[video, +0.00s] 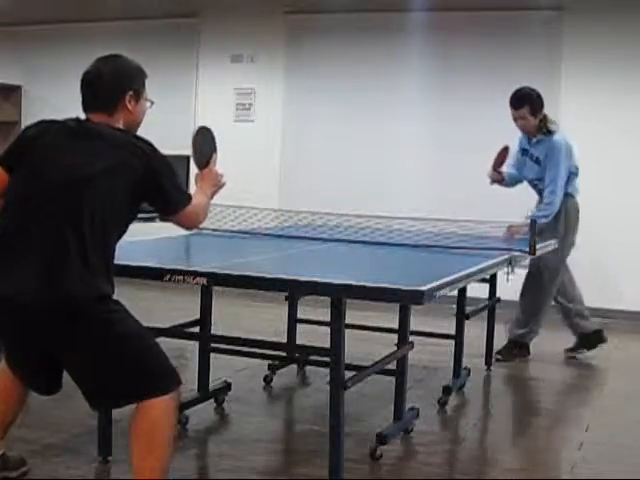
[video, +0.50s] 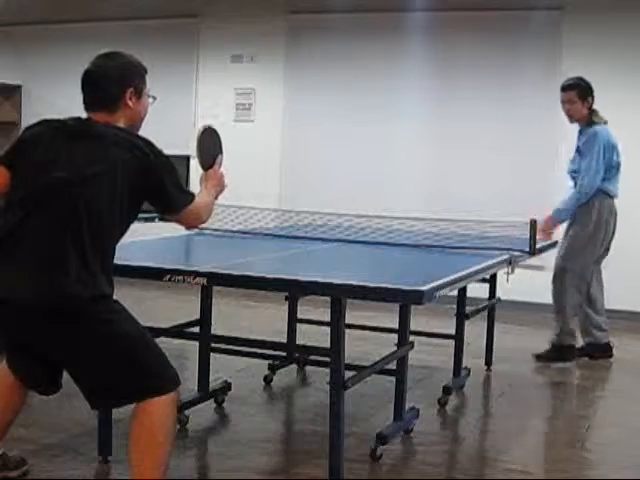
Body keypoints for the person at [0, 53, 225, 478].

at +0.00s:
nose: (144, 111)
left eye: (146, 102)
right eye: (144, 101)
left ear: (88, 98)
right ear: (129, 102)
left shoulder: (38, 134)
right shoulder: (139, 155)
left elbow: (2, 185)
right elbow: (190, 217)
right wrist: (205, 188)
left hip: (12, 288)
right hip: (78, 295)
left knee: (16, 365)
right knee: (160, 389)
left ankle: (0, 453)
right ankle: (148, 473)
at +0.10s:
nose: (143, 109)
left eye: (144, 100)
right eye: (142, 99)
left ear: (87, 97)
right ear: (128, 100)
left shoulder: (38, 134)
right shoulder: (138, 155)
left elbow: (1, 185)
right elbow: (189, 218)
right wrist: (205, 189)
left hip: (11, 288)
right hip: (77, 296)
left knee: (16, 366)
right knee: (159, 390)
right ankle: (147, 473)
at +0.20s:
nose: (142, 108)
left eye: (143, 99)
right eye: (141, 98)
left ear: (86, 96)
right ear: (127, 99)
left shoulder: (37, 133)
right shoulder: (137, 154)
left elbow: (1, 184)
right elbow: (189, 218)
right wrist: (206, 190)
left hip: (11, 288)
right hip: (77, 297)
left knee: (16, 364)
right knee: (159, 390)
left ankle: (0, 453)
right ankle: (147, 473)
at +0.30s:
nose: (143, 106)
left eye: (144, 97)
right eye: (142, 97)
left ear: (86, 96)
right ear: (128, 97)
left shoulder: (36, 134)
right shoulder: (136, 153)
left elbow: (1, 183)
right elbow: (190, 217)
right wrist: (208, 189)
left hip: (10, 288)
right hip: (76, 296)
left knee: (17, 366)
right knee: (159, 389)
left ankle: (1, 456)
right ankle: (147, 474)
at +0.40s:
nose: (145, 107)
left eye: (145, 98)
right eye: (144, 97)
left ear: (88, 96)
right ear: (129, 98)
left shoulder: (37, 134)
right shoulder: (137, 154)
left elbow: (0, 182)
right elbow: (191, 216)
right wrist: (209, 188)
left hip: (10, 289)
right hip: (77, 297)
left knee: (18, 366)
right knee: (159, 390)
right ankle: (146, 474)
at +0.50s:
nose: (147, 107)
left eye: (148, 98)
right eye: (146, 97)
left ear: (89, 96)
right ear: (130, 98)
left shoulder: (39, 134)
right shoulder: (139, 154)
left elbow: (1, 183)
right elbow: (192, 217)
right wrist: (211, 189)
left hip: (10, 288)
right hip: (75, 296)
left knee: (17, 366)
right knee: (159, 389)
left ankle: (0, 455)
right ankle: (147, 473)